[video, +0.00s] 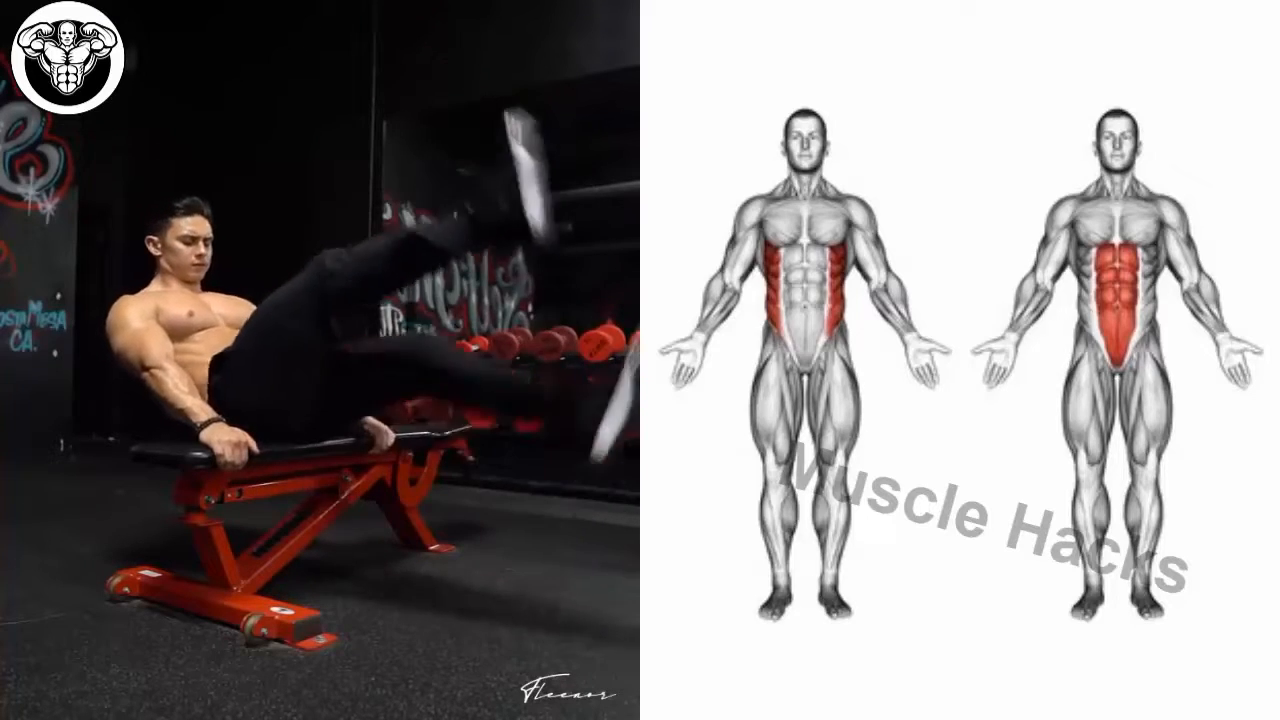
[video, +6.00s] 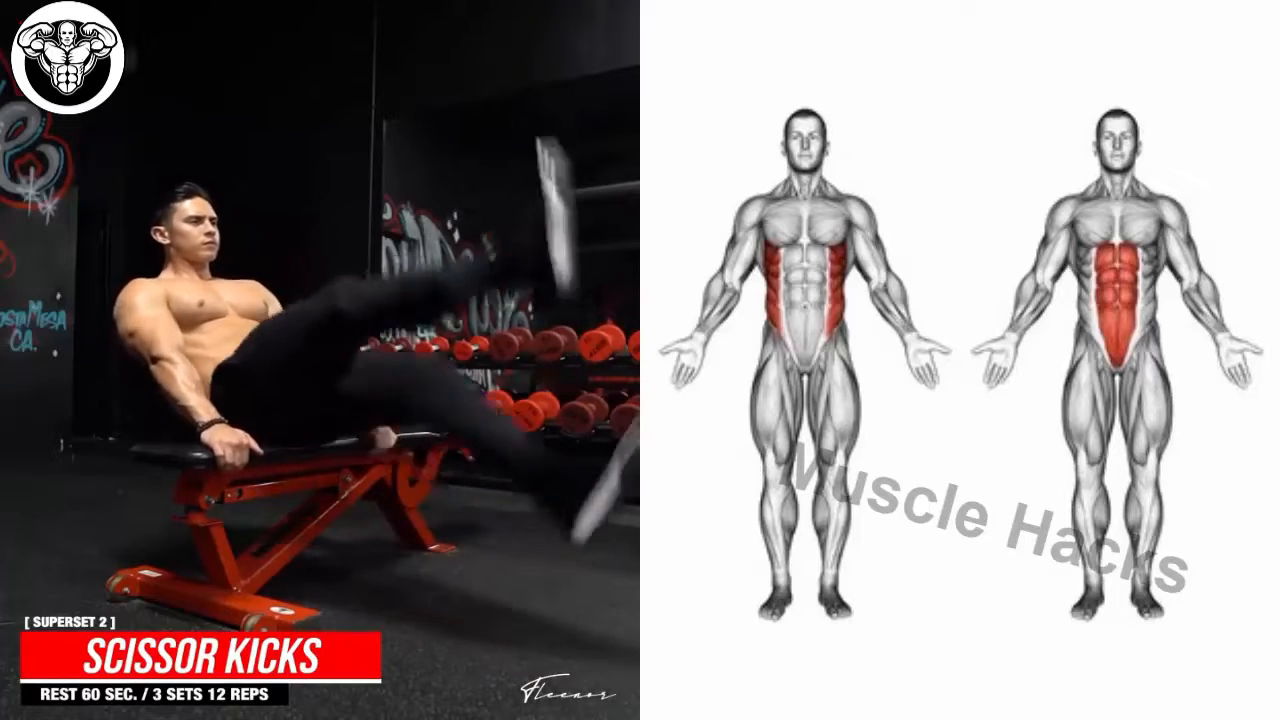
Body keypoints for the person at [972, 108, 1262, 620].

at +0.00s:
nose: (1116, 146)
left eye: (1124, 138)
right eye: (1109, 138)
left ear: (1137, 146)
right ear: (1097, 145)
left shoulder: (1164, 211)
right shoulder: (1070, 211)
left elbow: (1193, 282)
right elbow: (1041, 282)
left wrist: (1222, 336)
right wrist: (1012, 336)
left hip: (1144, 355)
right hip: (1089, 354)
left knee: (1146, 466)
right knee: (1088, 466)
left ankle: (1141, 581)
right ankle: (1092, 583)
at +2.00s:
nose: (1116, 145)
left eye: (1124, 138)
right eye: (1109, 137)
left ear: (1137, 146)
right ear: (1097, 145)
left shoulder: (1164, 211)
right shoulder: (1070, 211)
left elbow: (1193, 282)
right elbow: (1041, 282)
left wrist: (1221, 335)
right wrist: (1012, 336)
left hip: (1144, 355)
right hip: (1089, 354)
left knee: (1145, 466)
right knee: (1088, 467)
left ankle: (1141, 582)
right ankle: (1092, 583)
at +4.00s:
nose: (1116, 145)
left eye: (1124, 138)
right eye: (1108, 138)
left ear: (1137, 145)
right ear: (1097, 146)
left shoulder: (1164, 211)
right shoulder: (1070, 211)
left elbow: (1193, 282)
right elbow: (1041, 282)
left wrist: (1221, 335)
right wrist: (1012, 336)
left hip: (1144, 355)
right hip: (1089, 354)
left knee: (1145, 466)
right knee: (1088, 466)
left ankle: (1141, 582)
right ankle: (1092, 583)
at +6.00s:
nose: (1116, 145)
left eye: (1124, 138)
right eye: (1108, 138)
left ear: (1137, 145)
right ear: (1097, 145)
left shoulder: (1164, 211)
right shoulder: (1070, 211)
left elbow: (1193, 282)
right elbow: (1041, 282)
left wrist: (1222, 335)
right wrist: (1012, 336)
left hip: (1144, 355)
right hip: (1089, 354)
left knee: (1145, 466)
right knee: (1088, 466)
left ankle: (1141, 581)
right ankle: (1092, 583)